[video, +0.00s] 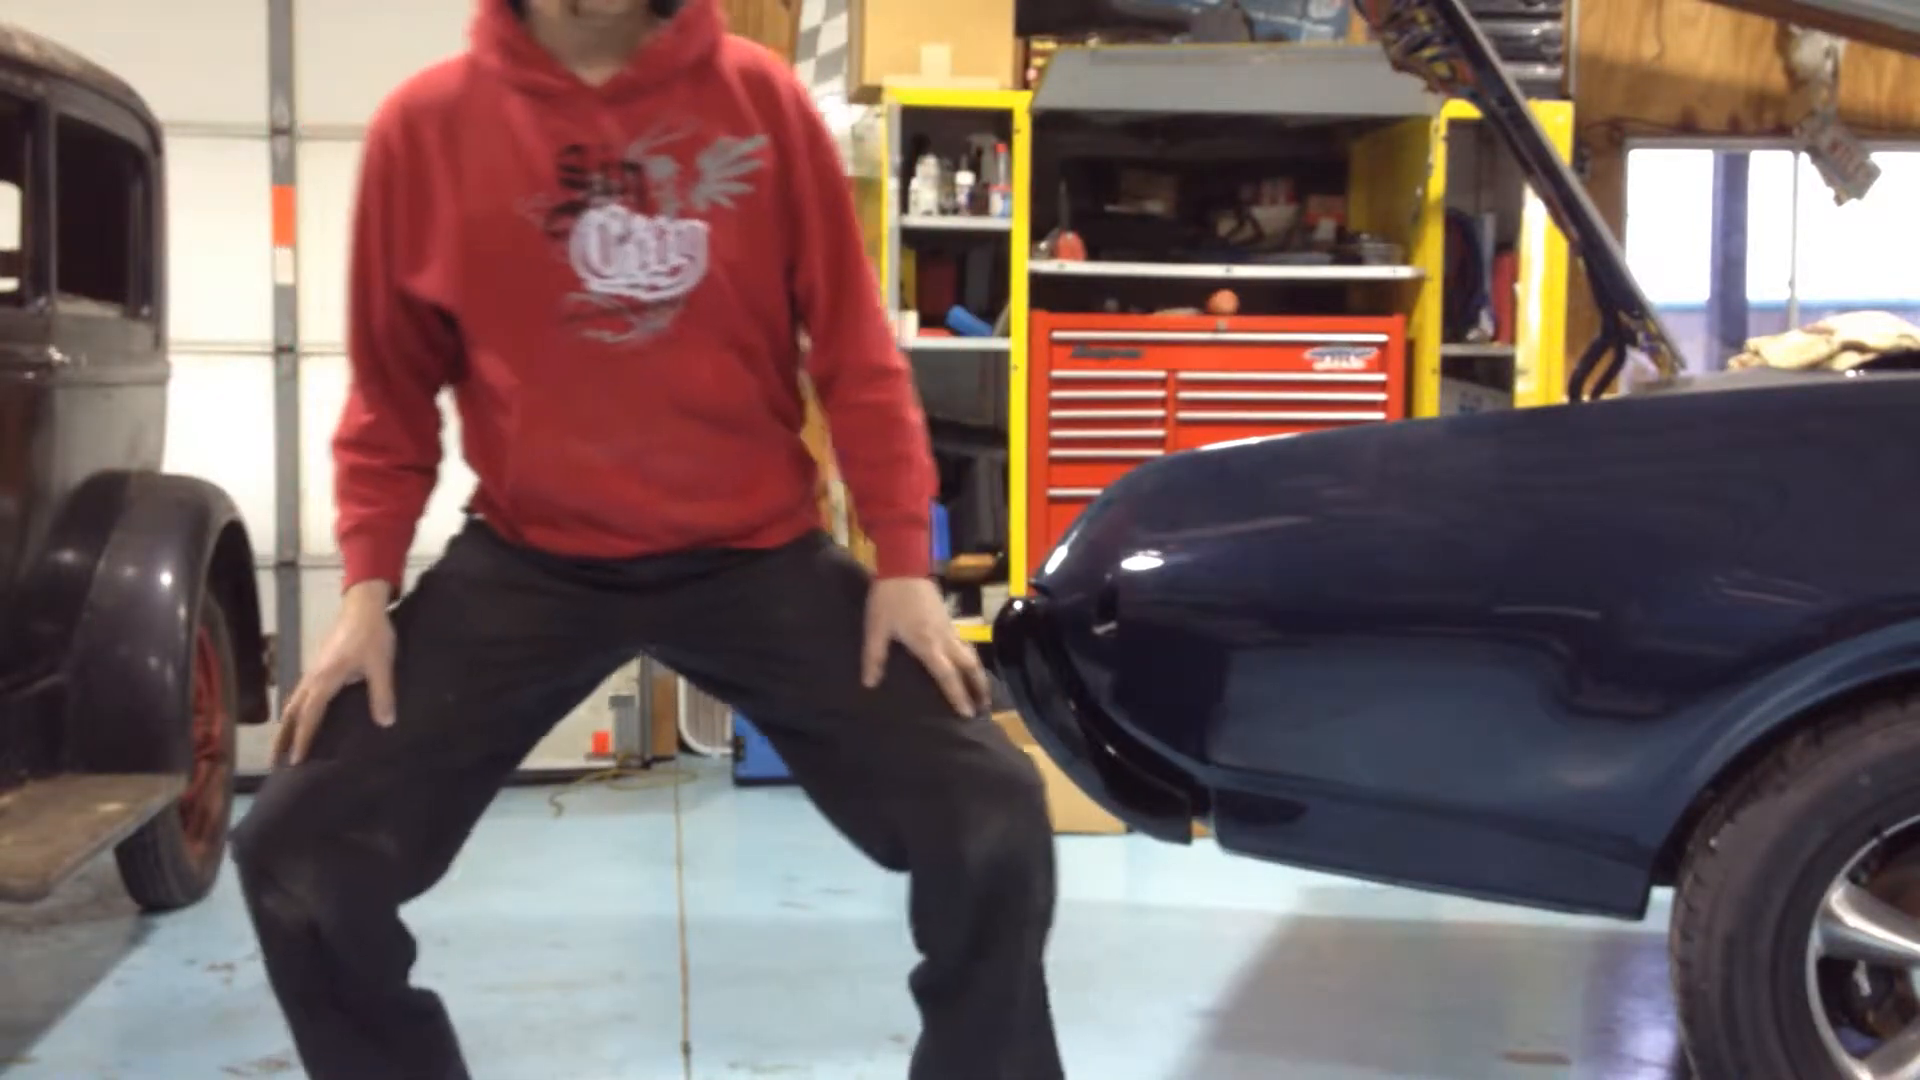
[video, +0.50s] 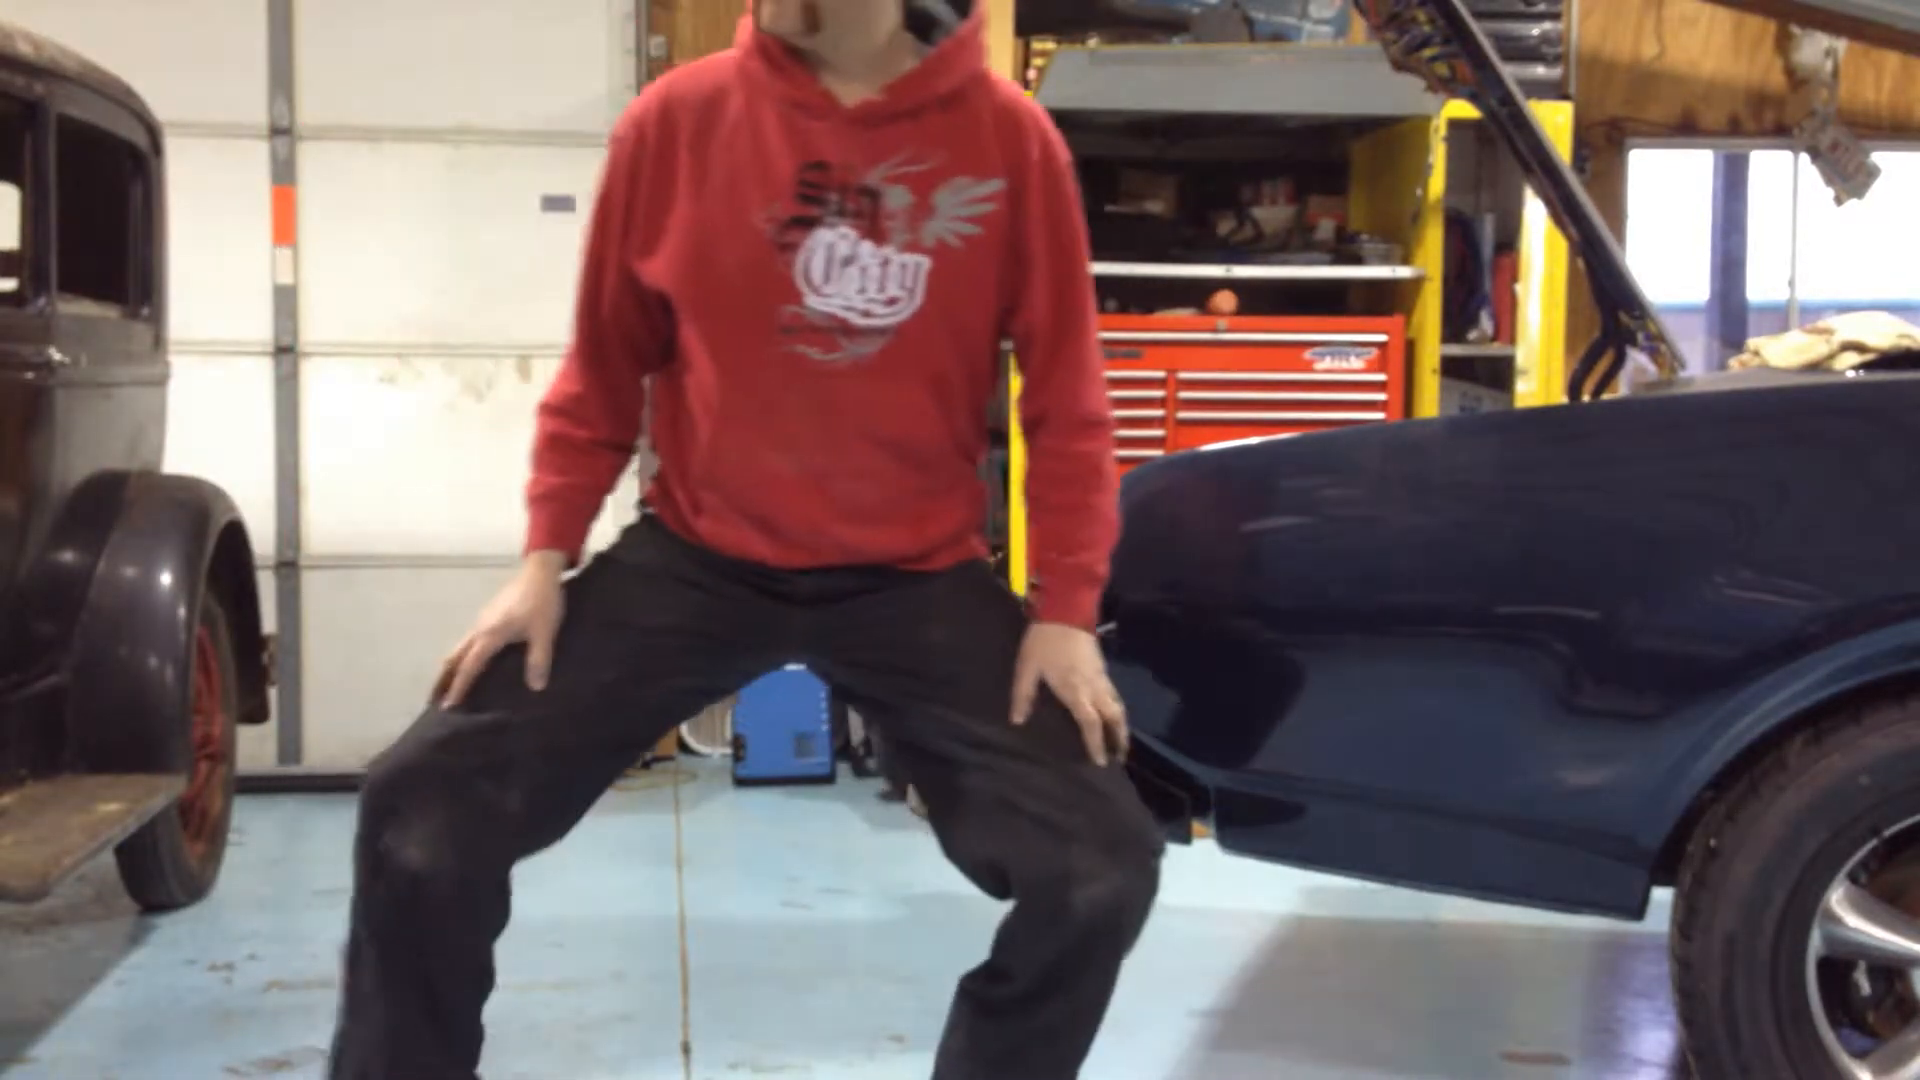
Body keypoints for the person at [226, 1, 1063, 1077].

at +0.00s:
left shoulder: (760, 103)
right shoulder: (427, 126)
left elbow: (854, 342)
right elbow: (390, 382)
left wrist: (905, 563)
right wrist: (366, 586)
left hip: (756, 561)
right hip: (528, 562)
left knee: (991, 821)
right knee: (302, 846)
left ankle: (979, 1071)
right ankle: (406, 1073)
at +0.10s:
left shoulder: (811, 110)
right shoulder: (479, 124)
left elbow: (900, 354)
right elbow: (430, 377)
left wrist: (935, 566)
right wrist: (398, 578)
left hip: (788, 566)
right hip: (560, 567)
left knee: (1021, 828)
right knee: (314, 842)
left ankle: (986, 1068)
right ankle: (399, 1071)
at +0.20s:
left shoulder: (865, 121)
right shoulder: (533, 126)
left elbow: (939, 368)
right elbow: (478, 378)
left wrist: (972, 587)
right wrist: (435, 572)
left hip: (825, 574)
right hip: (598, 566)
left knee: (1037, 831)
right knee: (338, 825)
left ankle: (987, 1068)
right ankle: (396, 1071)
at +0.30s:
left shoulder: (920, 128)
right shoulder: (587, 123)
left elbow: (982, 375)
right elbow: (524, 370)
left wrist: (1004, 588)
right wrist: (474, 570)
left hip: (859, 579)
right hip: (634, 566)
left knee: (1068, 847)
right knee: (366, 816)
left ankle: (996, 1073)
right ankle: (395, 1072)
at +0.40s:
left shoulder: (969, 135)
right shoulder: (637, 123)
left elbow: (1026, 384)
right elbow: (566, 365)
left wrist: (1039, 601)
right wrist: (509, 561)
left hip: (892, 581)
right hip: (668, 564)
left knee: (1083, 857)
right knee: (401, 812)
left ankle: (985, 1073)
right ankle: (390, 1071)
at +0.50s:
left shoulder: (1011, 140)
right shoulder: (675, 123)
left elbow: (1068, 393)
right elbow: (603, 361)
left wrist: (1066, 611)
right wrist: (545, 556)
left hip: (916, 581)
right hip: (694, 562)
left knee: (1101, 862)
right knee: (423, 809)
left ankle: (985, 1075)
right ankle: (401, 1072)